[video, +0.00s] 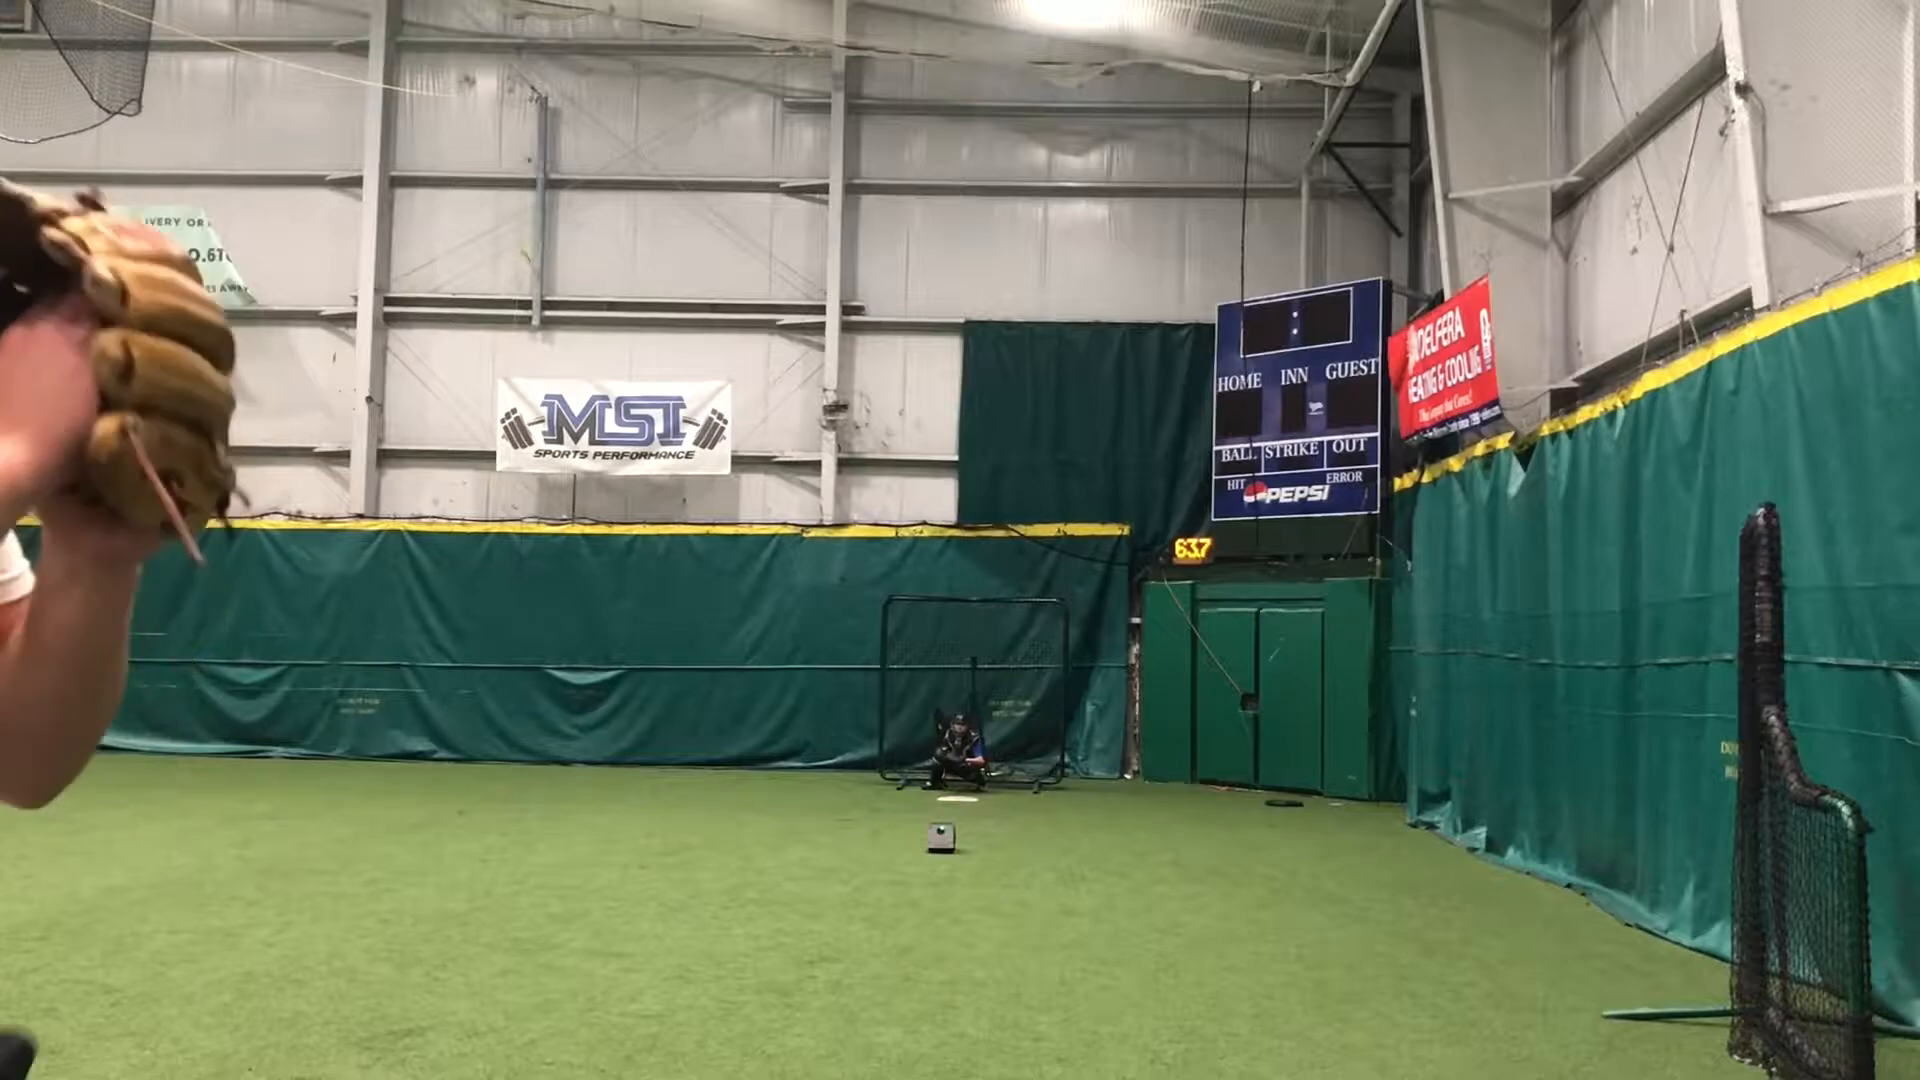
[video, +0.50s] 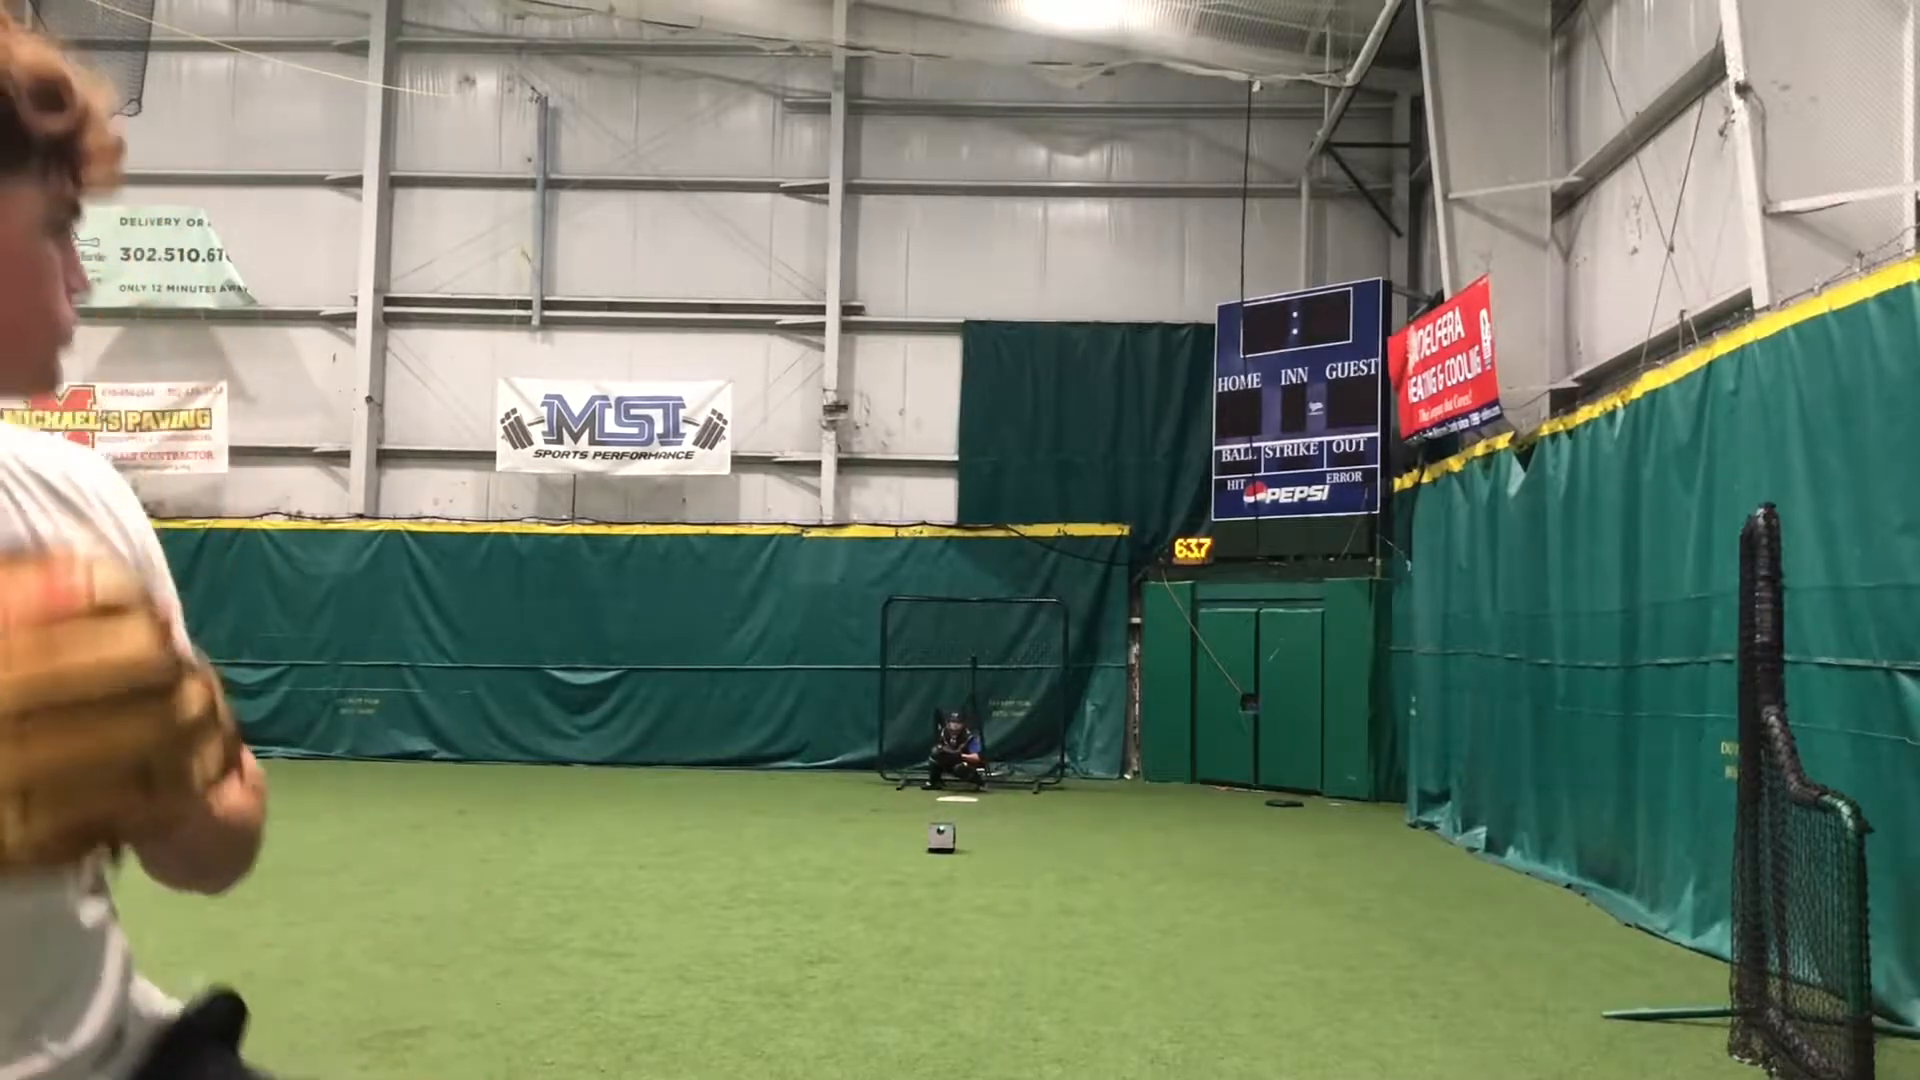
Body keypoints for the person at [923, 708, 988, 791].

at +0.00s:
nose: (959, 728)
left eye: (962, 725)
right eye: (957, 724)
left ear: (967, 726)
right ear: (952, 726)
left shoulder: (974, 739)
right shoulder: (946, 736)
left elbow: (981, 761)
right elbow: (940, 752)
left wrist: (966, 760)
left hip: (966, 766)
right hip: (950, 764)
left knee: (975, 776)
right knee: (938, 760)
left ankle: (981, 783)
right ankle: (935, 782)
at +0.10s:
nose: (958, 727)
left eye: (961, 724)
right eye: (956, 724)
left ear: (966, 726)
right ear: (951, 725)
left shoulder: (973, 738)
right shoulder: (946, 735)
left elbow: (980, 760)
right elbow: (939, 751)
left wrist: (964, 759)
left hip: (966, 766)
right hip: (949, 764)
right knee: (937, 760)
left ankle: (981, 783)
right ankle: (935, 782)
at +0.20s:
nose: (957, 726)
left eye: (960, 724)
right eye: (955, 723)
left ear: (965, 725)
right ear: (950, 725)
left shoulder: (972, 738)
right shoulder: (945, 735)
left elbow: (979, 759)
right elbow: (938, 751)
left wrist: (963, 757)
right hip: (948, 763)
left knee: (963, 768)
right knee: (936, 760)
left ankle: (980, 782)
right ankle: (936, 782)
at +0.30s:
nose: (956, 726)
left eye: (959, 723)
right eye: (954, 722)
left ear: (964, 725)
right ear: (949, 724)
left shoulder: (971, 738)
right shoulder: (944, 734)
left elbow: (978, 758)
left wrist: (961, 756)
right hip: (948, 760)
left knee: (961, 768)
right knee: (936, 755)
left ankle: (980, 782)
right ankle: (935, 782)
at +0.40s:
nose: (955, 725)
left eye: (958, 723)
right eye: (953, 722)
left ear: (964, 725)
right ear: (948, 724)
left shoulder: (971, 738)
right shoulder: (943, 734)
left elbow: (977, 758)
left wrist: (960, 756)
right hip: (947, 760)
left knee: (960, 768)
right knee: (936, 753)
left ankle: (980, 782)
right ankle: (935, 782)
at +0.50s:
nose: (954, 726)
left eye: (958, 723)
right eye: (952, 722)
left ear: (963, 725)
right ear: (947, 724)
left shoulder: (970, 738)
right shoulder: (942, 735)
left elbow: (976, 758)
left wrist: (960, 756)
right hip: (946, 760)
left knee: (960, 768)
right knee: (935, 753)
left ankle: (980, 782)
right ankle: (935, 782)